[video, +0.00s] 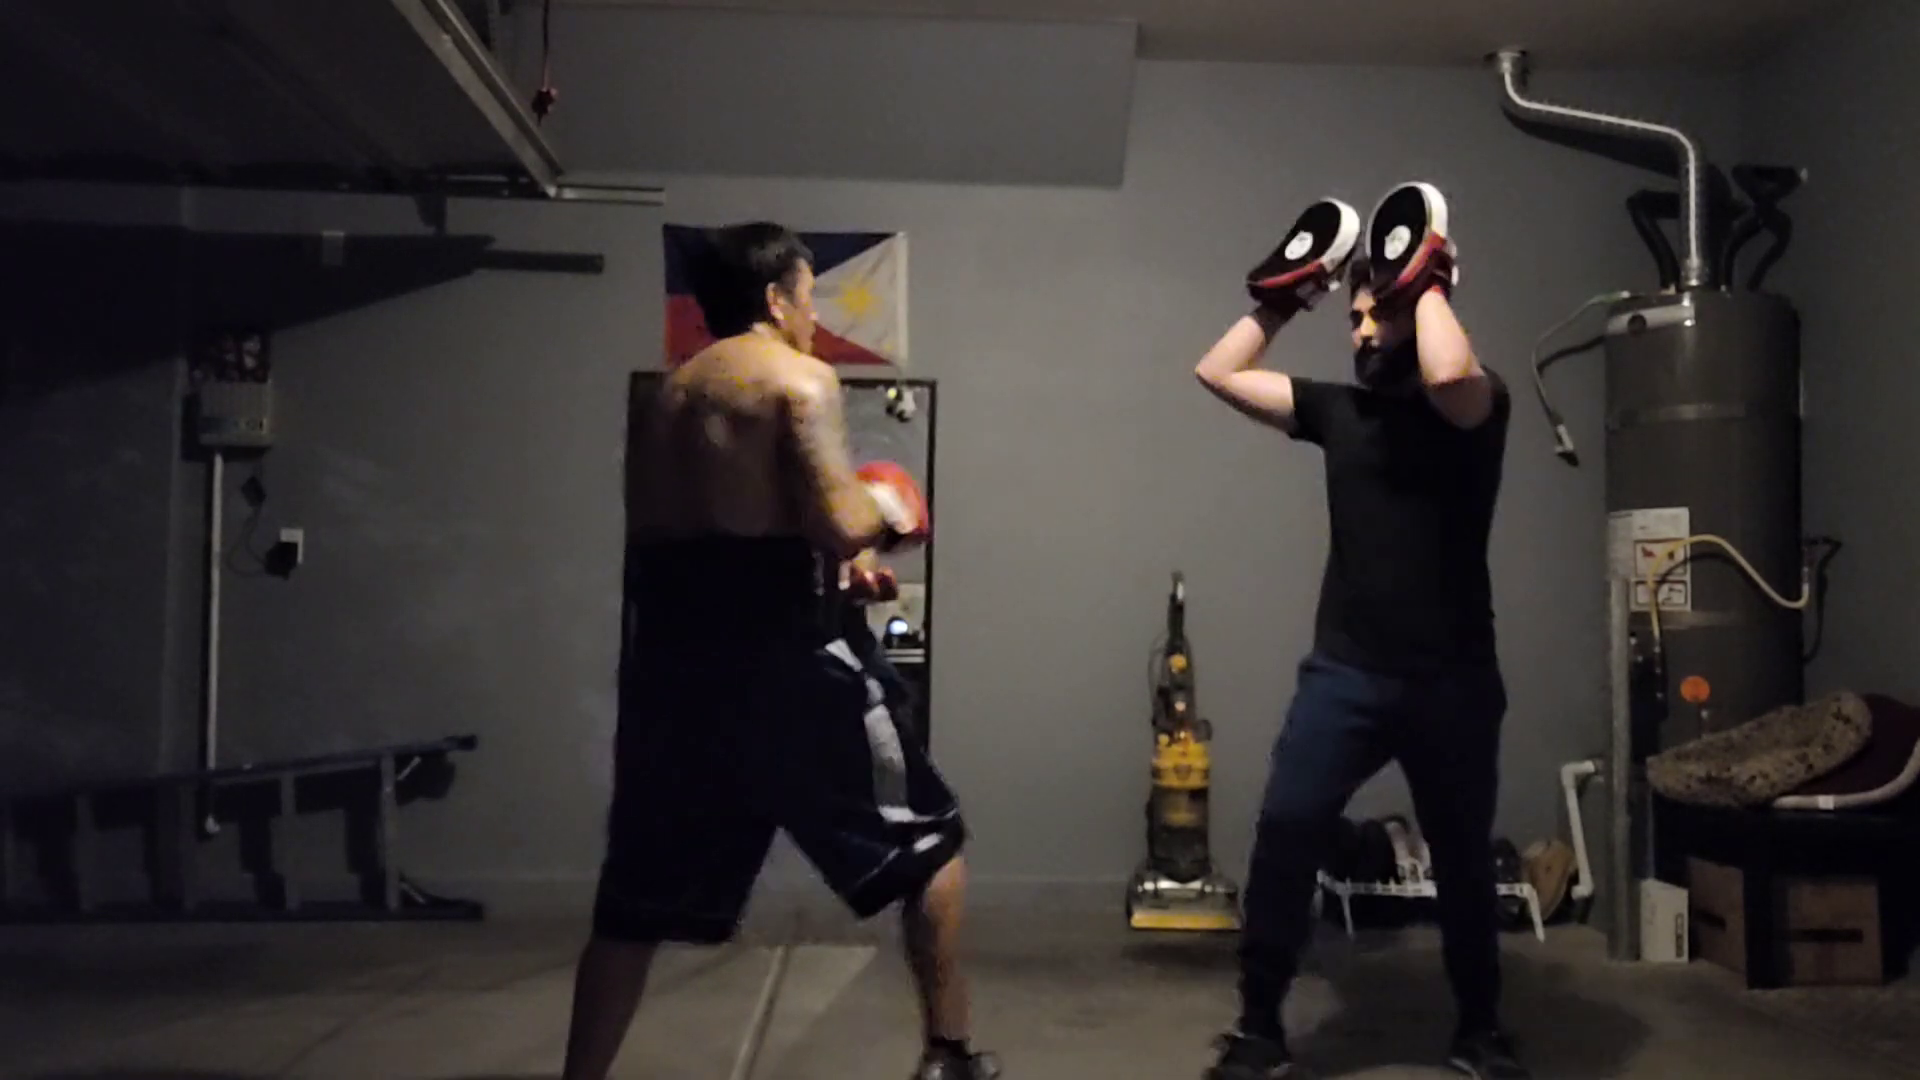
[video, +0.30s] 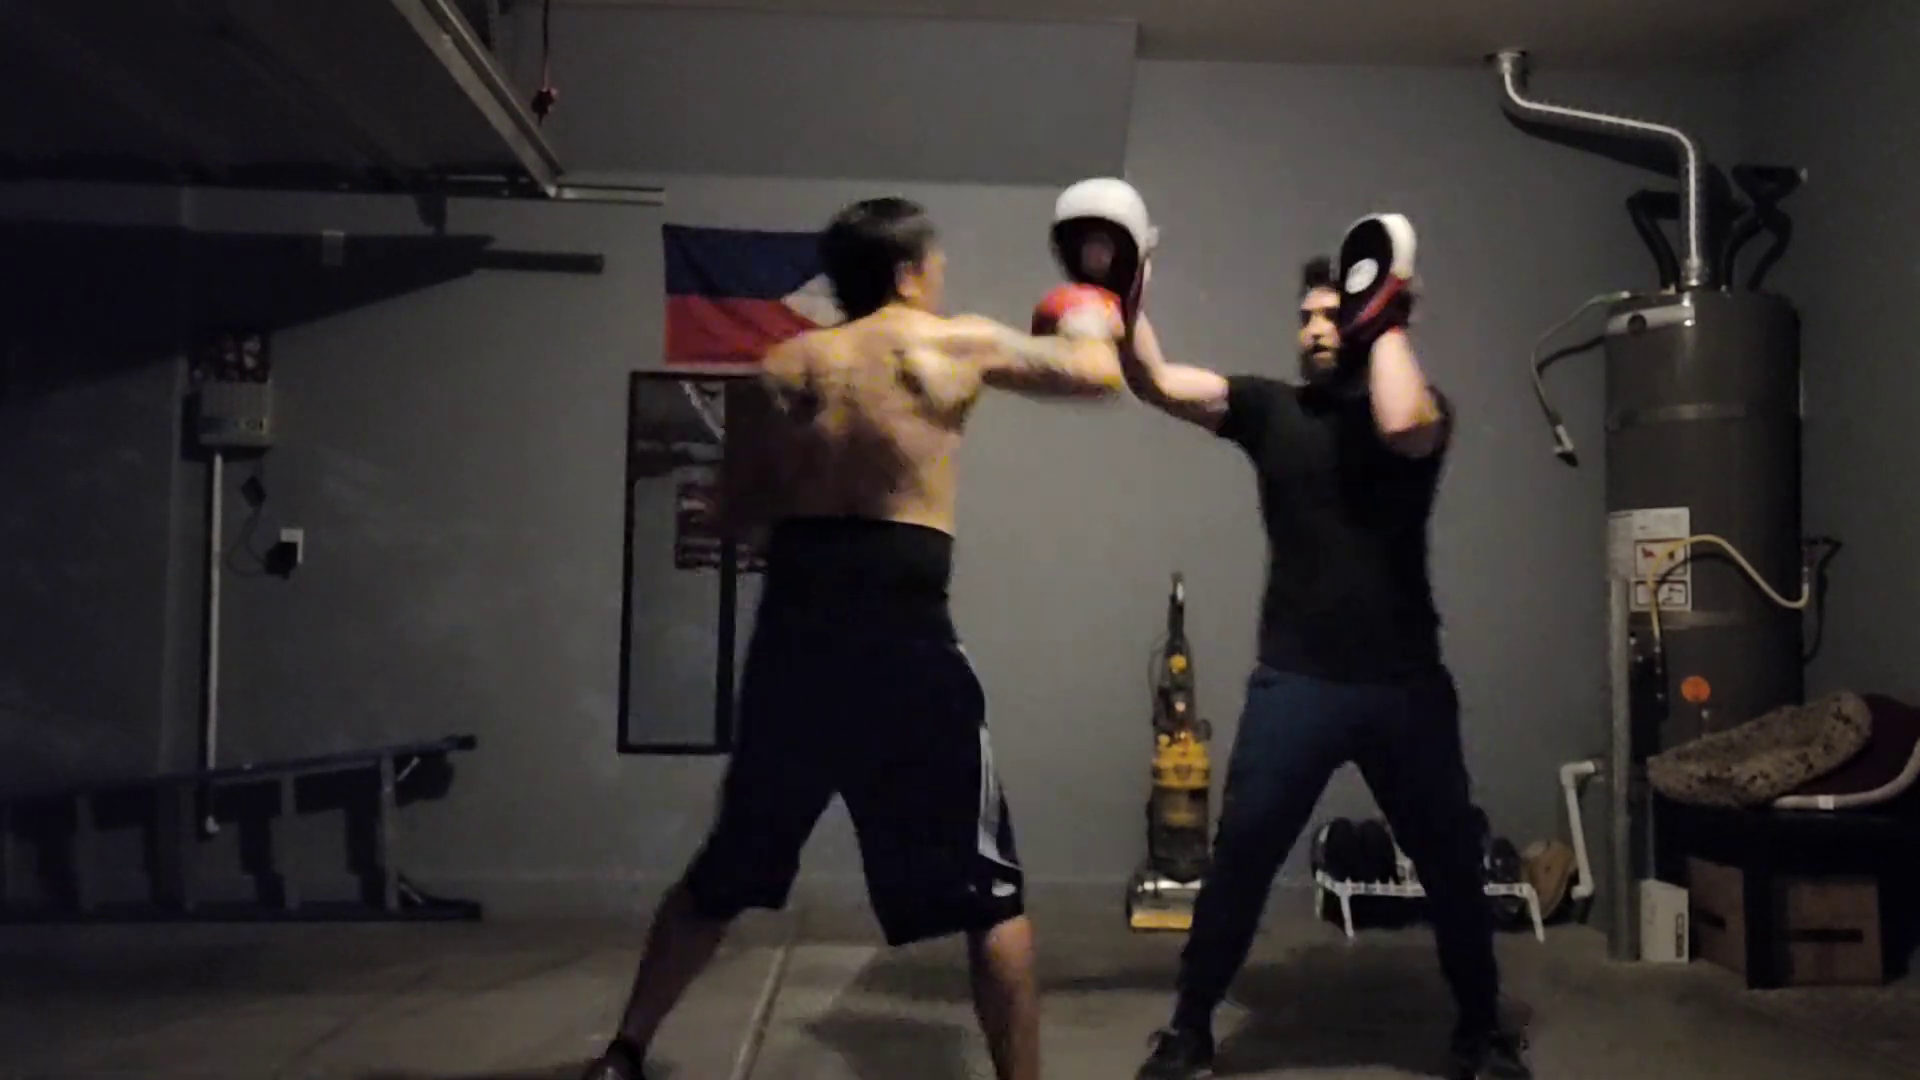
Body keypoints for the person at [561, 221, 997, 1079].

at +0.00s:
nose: (814, 314)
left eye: (811, 295)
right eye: (808, 296)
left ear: (721, 304)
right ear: (778, 299)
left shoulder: (656, 393)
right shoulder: (798, 385)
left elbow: (687, 534)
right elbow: (842, 529)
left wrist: (832, 566)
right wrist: (885, 501)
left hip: (677, 681)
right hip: (793, 679)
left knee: (633, 895)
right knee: (929, 838)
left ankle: (581, 1072)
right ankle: (949, 1049)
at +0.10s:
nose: (840, 299)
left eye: (833, 283)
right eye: (833, 284)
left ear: (748, 291)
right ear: (804, 288)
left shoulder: (694, 383)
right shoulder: (828, 361)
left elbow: (708, 526)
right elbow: (933, 477)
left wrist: (843, 544)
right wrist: (940, 426)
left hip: (709, 661)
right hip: (823, 658)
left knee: (649, 892)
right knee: (951, 848)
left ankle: (583, 1071)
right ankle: (984, 1049)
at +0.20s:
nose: (889, 282)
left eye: (884, 267)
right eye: (882, 269)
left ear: (790, 280)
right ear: (851, 278)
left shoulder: (723, 375)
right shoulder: (897, 346)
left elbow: (674, 521)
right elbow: (1044, 396)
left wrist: (760, 498)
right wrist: (1029, 337)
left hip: (752, 650)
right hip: (869, 646)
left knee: (673, 878)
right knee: (966, 871)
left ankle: (596, 1067)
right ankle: (1009, 1068)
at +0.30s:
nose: (943, 277)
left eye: (938, 264)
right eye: (936, 265)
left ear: (845, 281)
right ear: (910, 274)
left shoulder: (779, 364)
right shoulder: (957, 343)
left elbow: (735, 513)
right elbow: (1094, 372)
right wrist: (1090, 322)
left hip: (794, 642)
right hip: (905, 643)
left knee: (730, 861)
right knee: (991, 880)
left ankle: (625, 1050)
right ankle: (1021, 1072)